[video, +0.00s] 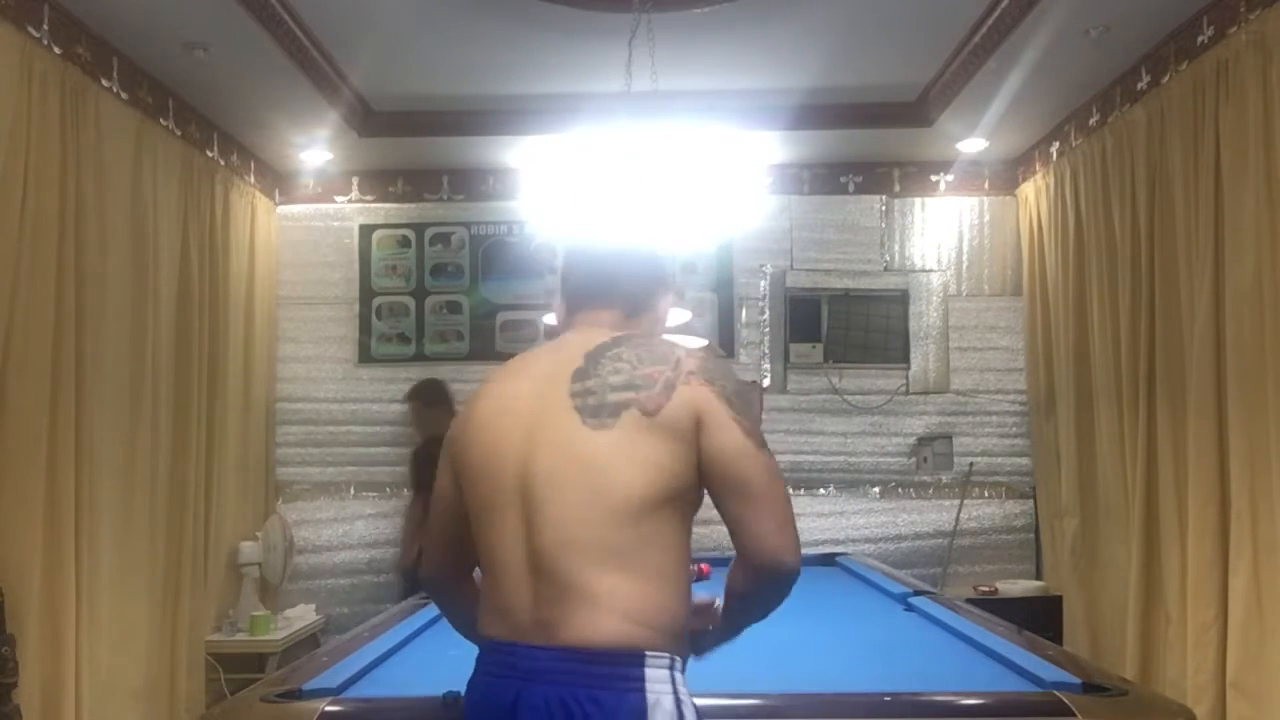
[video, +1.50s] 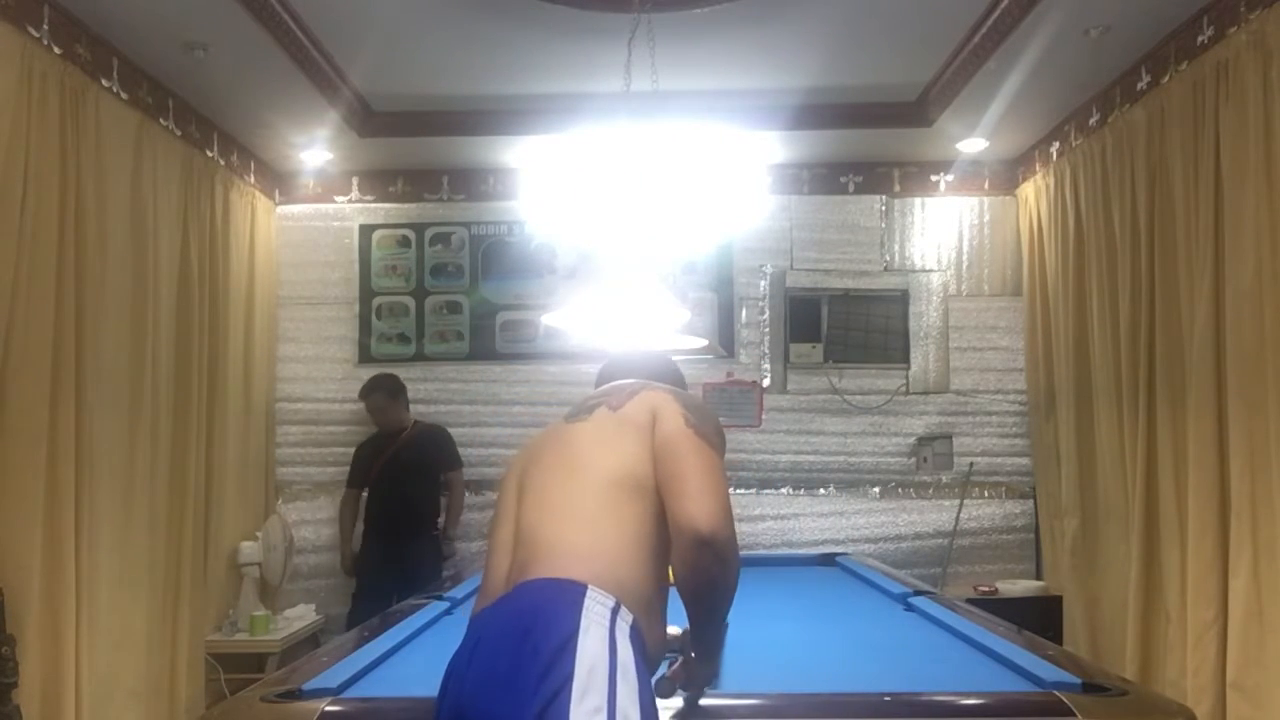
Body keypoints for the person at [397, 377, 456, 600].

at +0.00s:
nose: (413, 420)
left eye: (416, 412)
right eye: (413, 412)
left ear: (430, 412)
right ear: (446, 408)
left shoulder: (426, 453)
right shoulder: (460, 444)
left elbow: (420, 507)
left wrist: (407, 558)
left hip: (431, 560)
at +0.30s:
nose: (344, 443)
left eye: (344, 434)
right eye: (340, 435)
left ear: (359, 426)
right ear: (358, 427)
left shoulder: (414, 443)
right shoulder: (365, 466)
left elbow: (438, 499)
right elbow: (364, 516)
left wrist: (439, 550)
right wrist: (355, 573)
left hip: (428, 542)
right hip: (393, 546)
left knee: (426, 608)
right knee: (382, 615)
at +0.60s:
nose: (328, 442)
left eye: (328, 433)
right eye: (324, 436)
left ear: (346, 422)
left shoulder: (395, 437)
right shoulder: (341, 465)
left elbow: (400, 490)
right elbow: (334, 519)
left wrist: (363, 529)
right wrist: (325, 571)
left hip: (419, 553)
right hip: (379, 557)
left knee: (419, 626)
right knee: (372, 628)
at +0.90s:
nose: (338, 434)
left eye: (339, 426)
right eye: (334, 428)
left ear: (356, 414)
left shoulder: (405, 435)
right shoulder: (341, 457)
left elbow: (422, 488)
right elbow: (337, 515)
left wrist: (415, 537)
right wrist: (344, 563)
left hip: (410, 551)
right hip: (368, 555)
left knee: (418, 627)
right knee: (365, 635)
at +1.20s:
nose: (353, 426)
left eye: (354, 418)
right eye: (350, 420)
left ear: (373, 408)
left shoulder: (423, 434)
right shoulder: (356, 451)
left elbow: (453, 478)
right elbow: (348, 507)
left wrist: (454, 530)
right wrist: (345, 555)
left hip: (413, 553)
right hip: (370, 555)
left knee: (414, 627)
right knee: (366, 630)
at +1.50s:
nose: (375, 419)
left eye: (379, 411)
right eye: (371, 413)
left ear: (399, 403)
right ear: (368, 410)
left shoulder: (435, 438)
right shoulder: (368, 449)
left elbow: (457, 488)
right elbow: (351, 499)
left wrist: (448, 537)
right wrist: (346, 549)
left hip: (421, 553)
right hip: (376, 554)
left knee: (422, 628)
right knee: (363, 631)